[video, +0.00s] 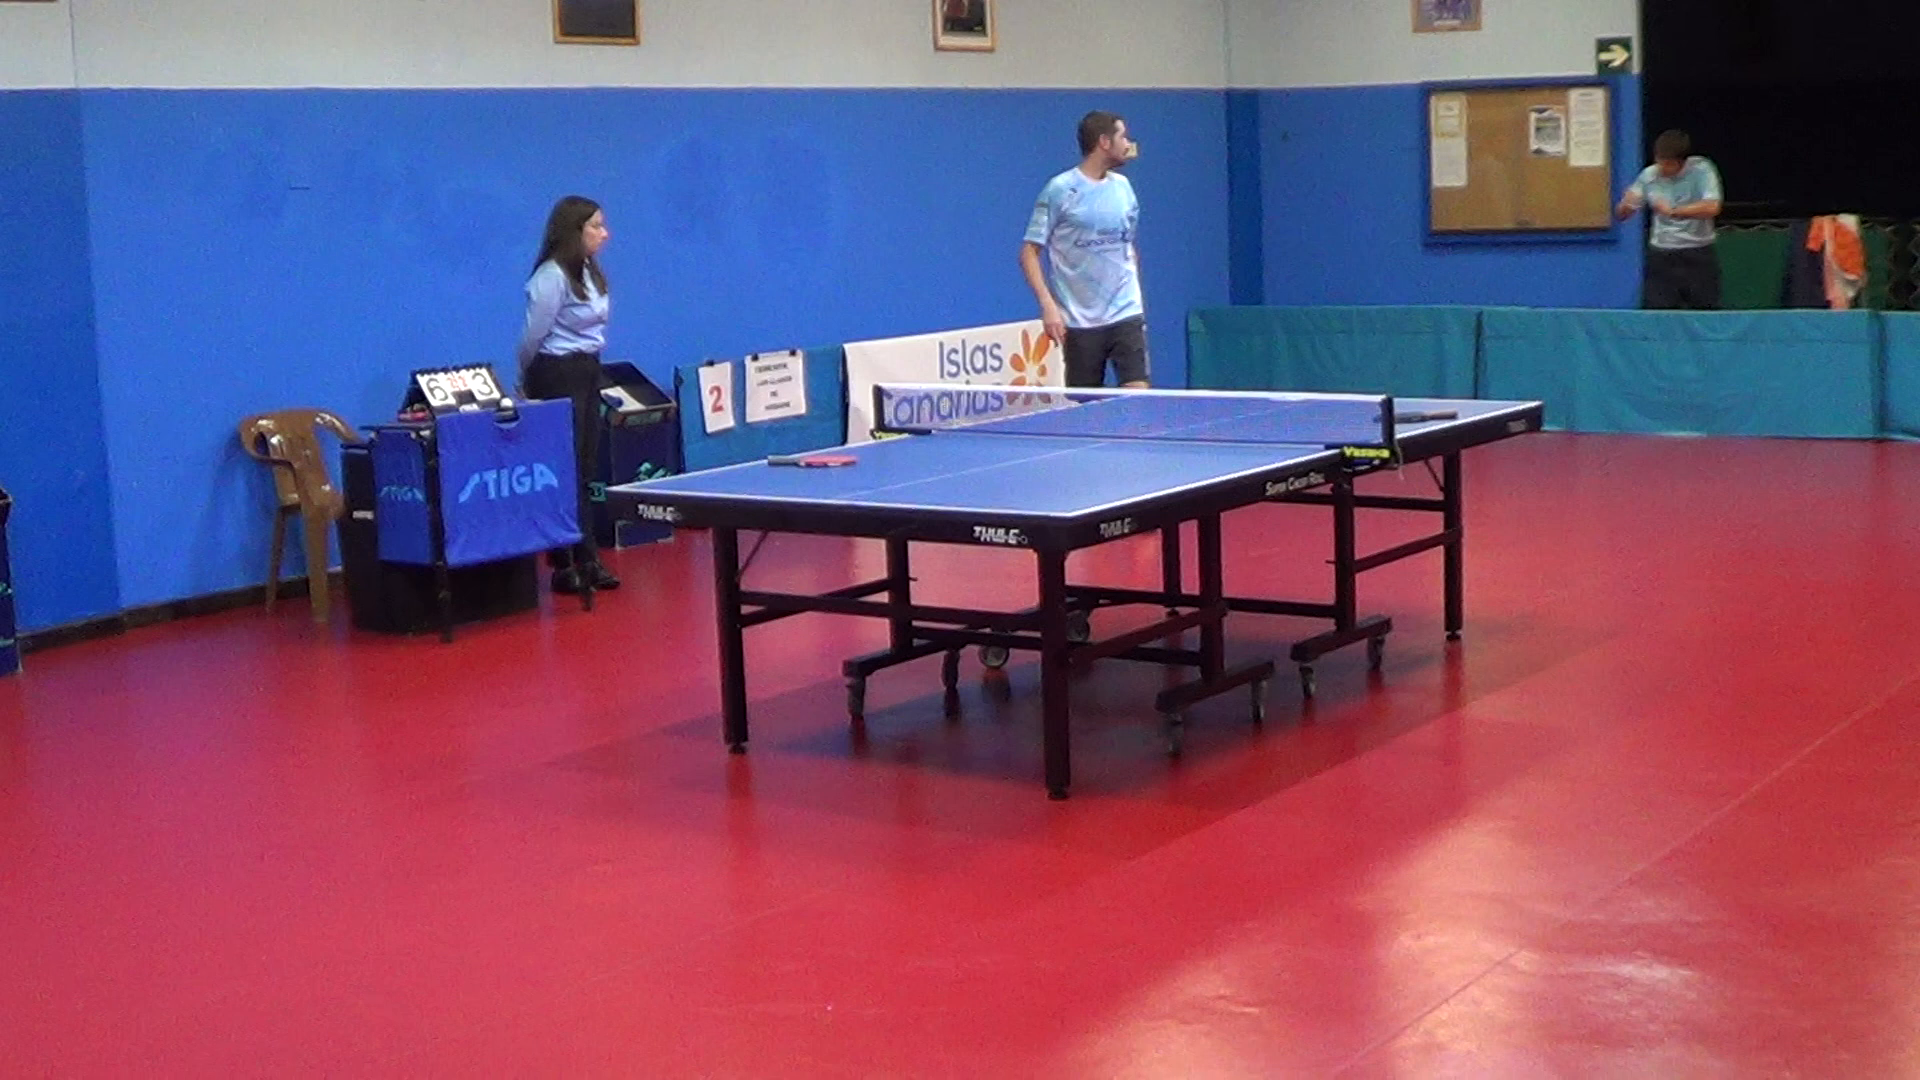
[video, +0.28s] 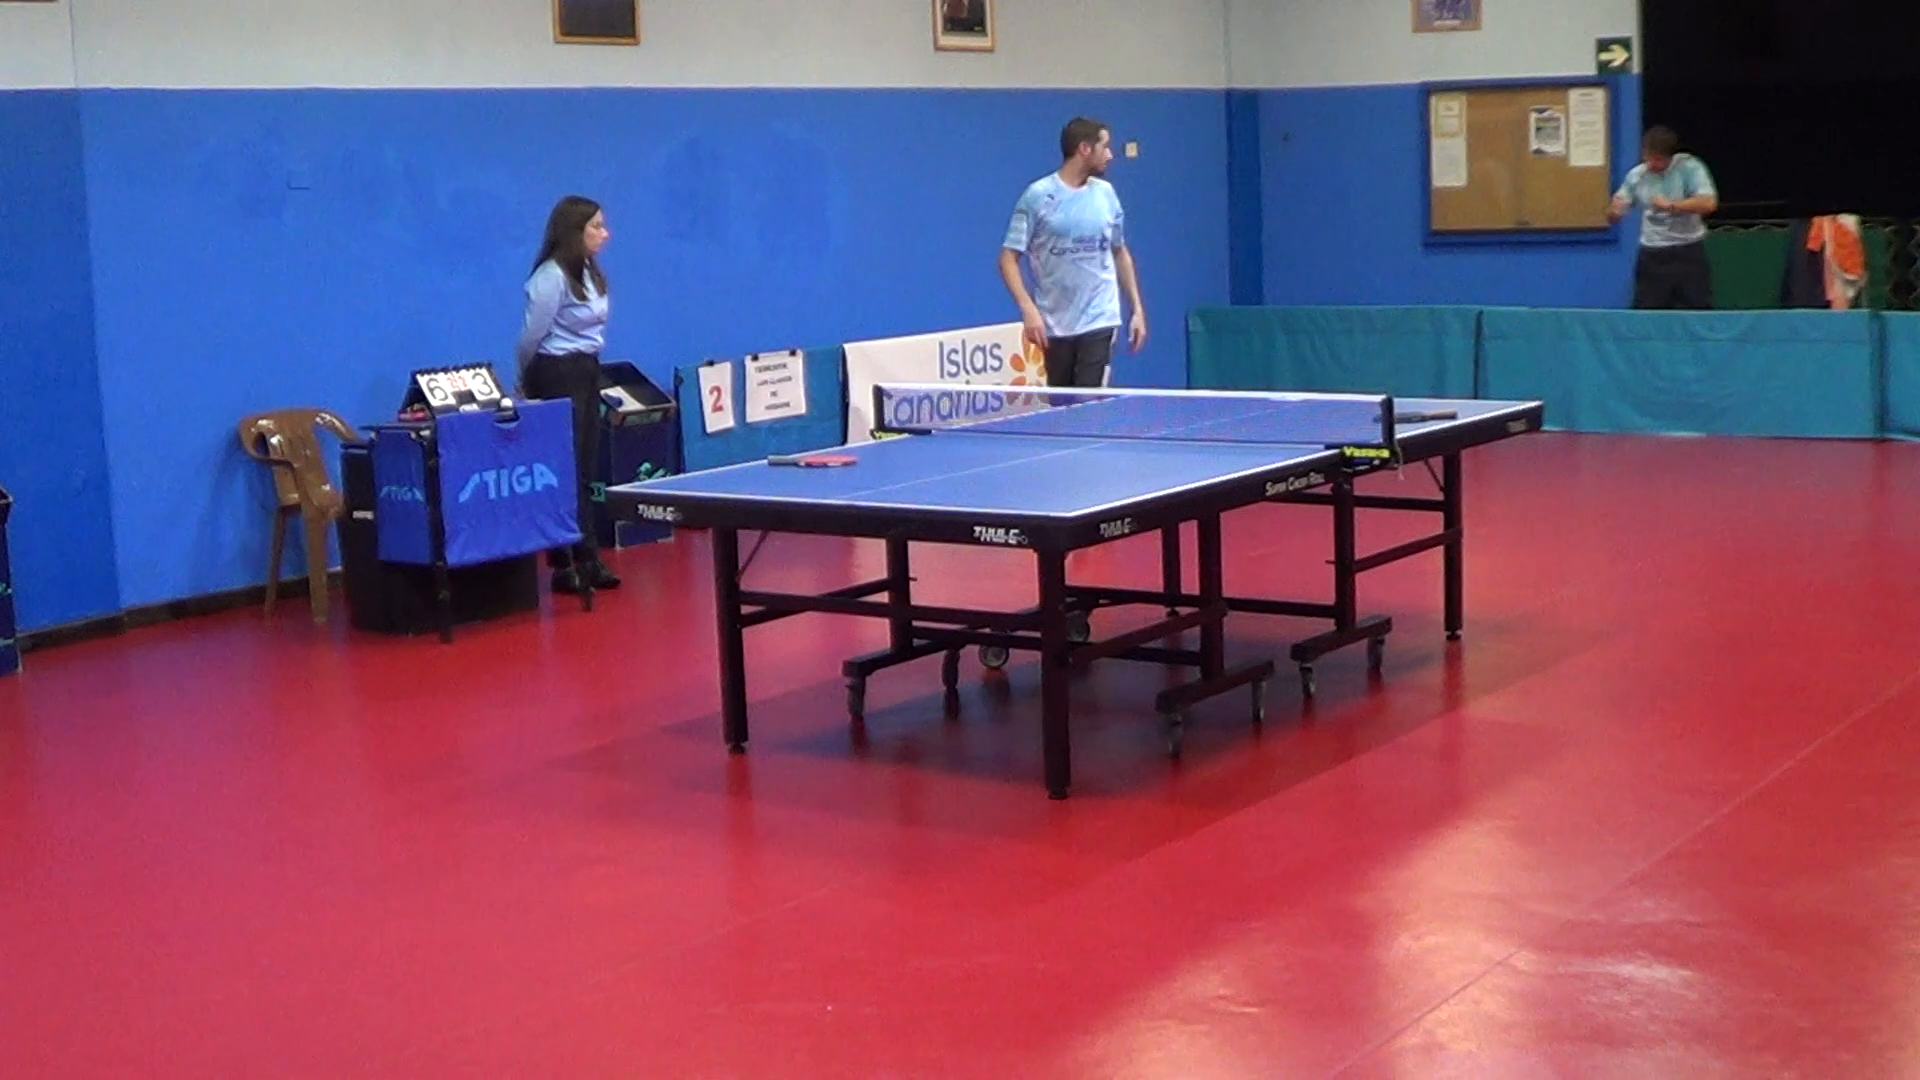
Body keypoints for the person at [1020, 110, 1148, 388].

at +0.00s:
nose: (1128, 143)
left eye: (1127, 136)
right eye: (1123, 137)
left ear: (1105, 143)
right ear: (1104, 142)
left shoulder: (1123, 186)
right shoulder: (1059, 189)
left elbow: (1129, 247)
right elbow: (1029, 253)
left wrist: (1136, 302)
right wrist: (1048, 308)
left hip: (1126, 314)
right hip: (1079, 321)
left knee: (1138, 401)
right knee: (1083, 411)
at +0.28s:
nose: (1110, 155)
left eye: (1109, 147)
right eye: (1105, 147)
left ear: (1086, 150)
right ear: (1084, 150)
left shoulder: (1106, 194)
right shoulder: (1038, 195)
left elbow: (1120, 251)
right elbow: (1008, 258)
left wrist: (1137, 309)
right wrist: (1029, 311)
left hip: (1099, 319)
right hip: (1054, 323)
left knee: (1088, 406)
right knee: (1060, 408)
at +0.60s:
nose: (1092, 169)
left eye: (1093, 160)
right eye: (1088, 159)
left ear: (1067, 156)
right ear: (1065, 155)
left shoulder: (1086, 201)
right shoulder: (1014, 196)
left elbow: (1108, 261)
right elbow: (978, 254)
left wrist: (1132, 318)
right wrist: (962, 315)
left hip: (1072, 334)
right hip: (1023, 333)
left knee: (1065, 423)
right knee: (1021, 423)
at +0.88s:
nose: (1033, 171)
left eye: (1040, 163)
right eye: (1026, 162)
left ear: (1051, 157)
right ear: (1012, 156)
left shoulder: (1066, 200)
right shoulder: (988, 198)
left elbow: (1085, 267)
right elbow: (959, 256)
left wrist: (1066, 316)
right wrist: (939, 316)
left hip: (1052, 339)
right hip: (999, 337)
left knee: (1056, 435)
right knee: (989, 430)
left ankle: (1054, 528)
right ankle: (989, 532)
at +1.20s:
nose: (952, 178)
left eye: (959, 169)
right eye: (946, 170)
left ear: (981, 161)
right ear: (942, 167)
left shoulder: (1015, 200)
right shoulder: (938, 206)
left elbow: (1044, 267)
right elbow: (931, 271)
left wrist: (1051, 335)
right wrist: (928, 332)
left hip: (1009, 347)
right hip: (955, 347)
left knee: (1014, 444)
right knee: (959, 446)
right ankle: (975, 549)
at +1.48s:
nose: (900, 178)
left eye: (907, 169)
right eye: (896, 170)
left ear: (934, 163)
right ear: (899, 168)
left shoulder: (977, 203)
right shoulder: (896, 207)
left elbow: (1014, 264)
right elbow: (882, 271)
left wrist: (1029, 337)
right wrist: (862, 334)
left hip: (962, 346)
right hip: (914, 349)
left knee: (952, 446)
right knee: (935, 449)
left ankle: (970, 552)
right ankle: (972, 549)